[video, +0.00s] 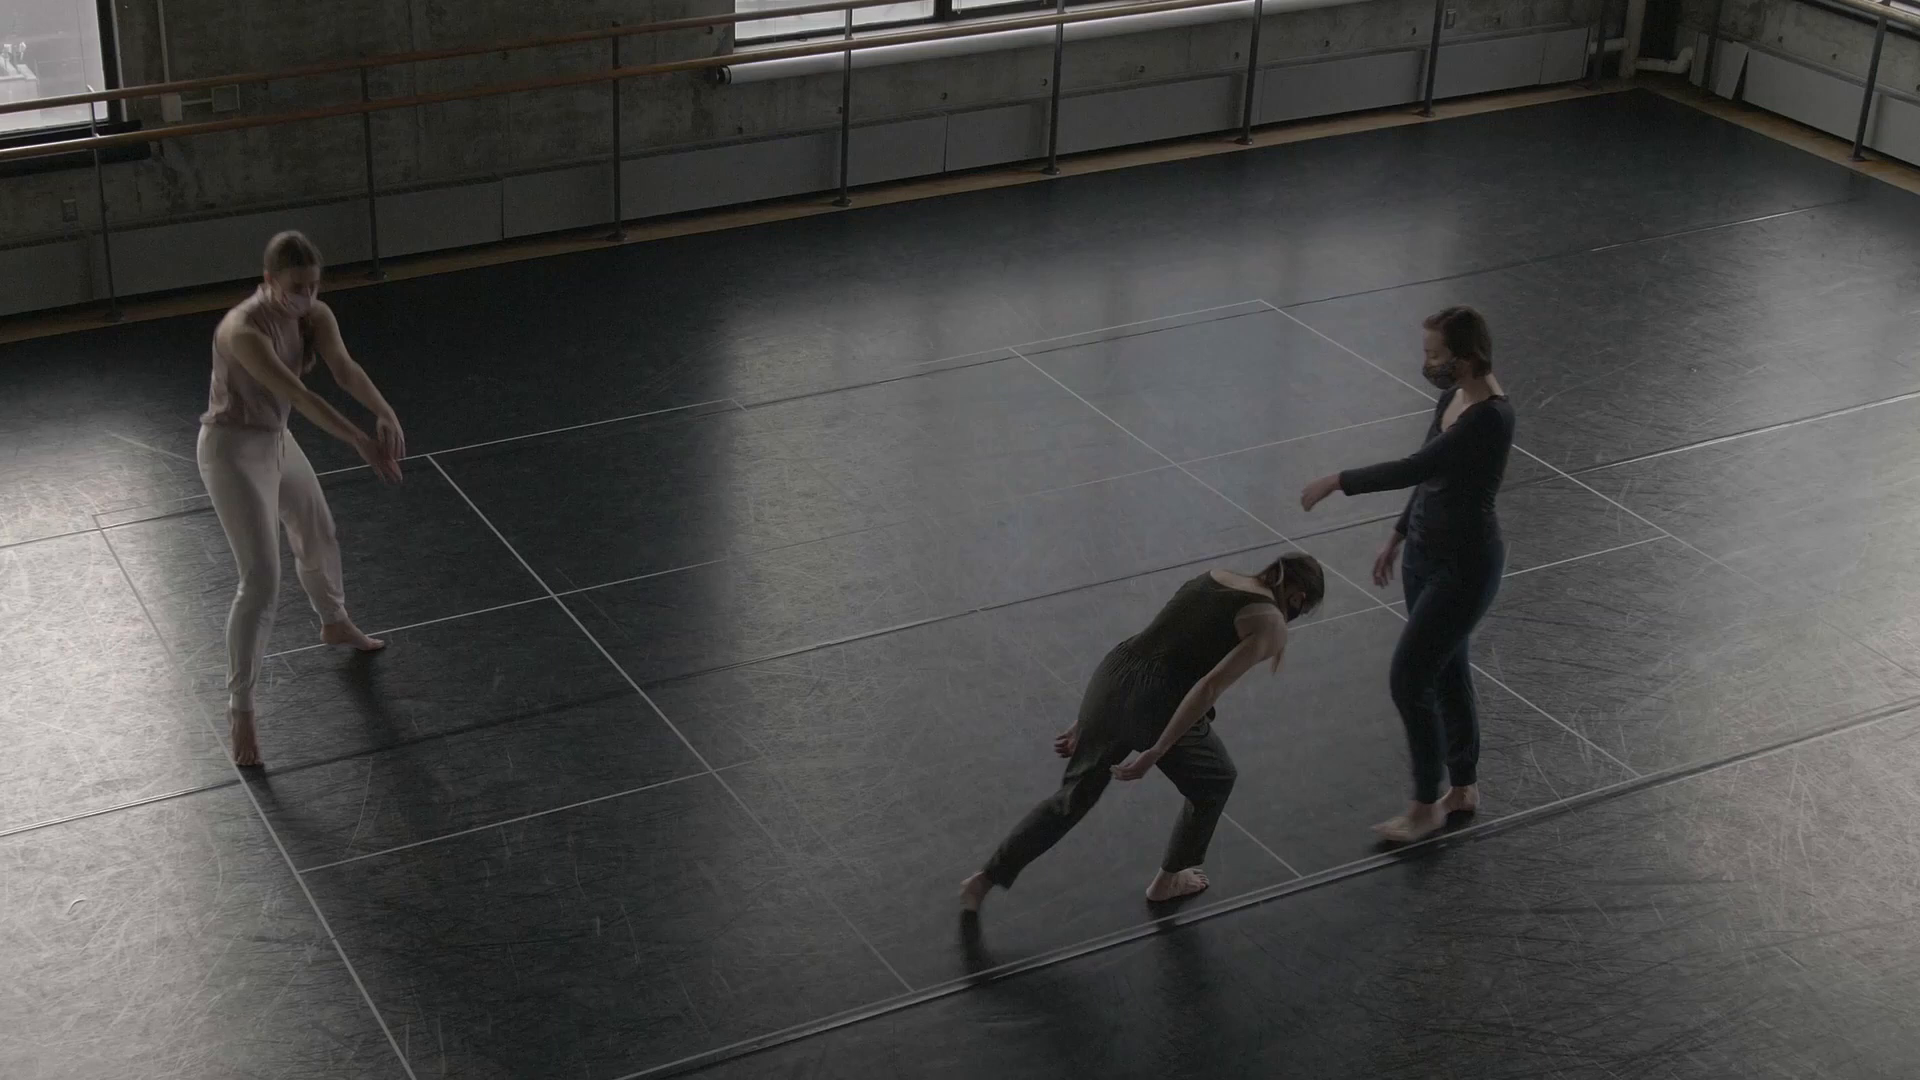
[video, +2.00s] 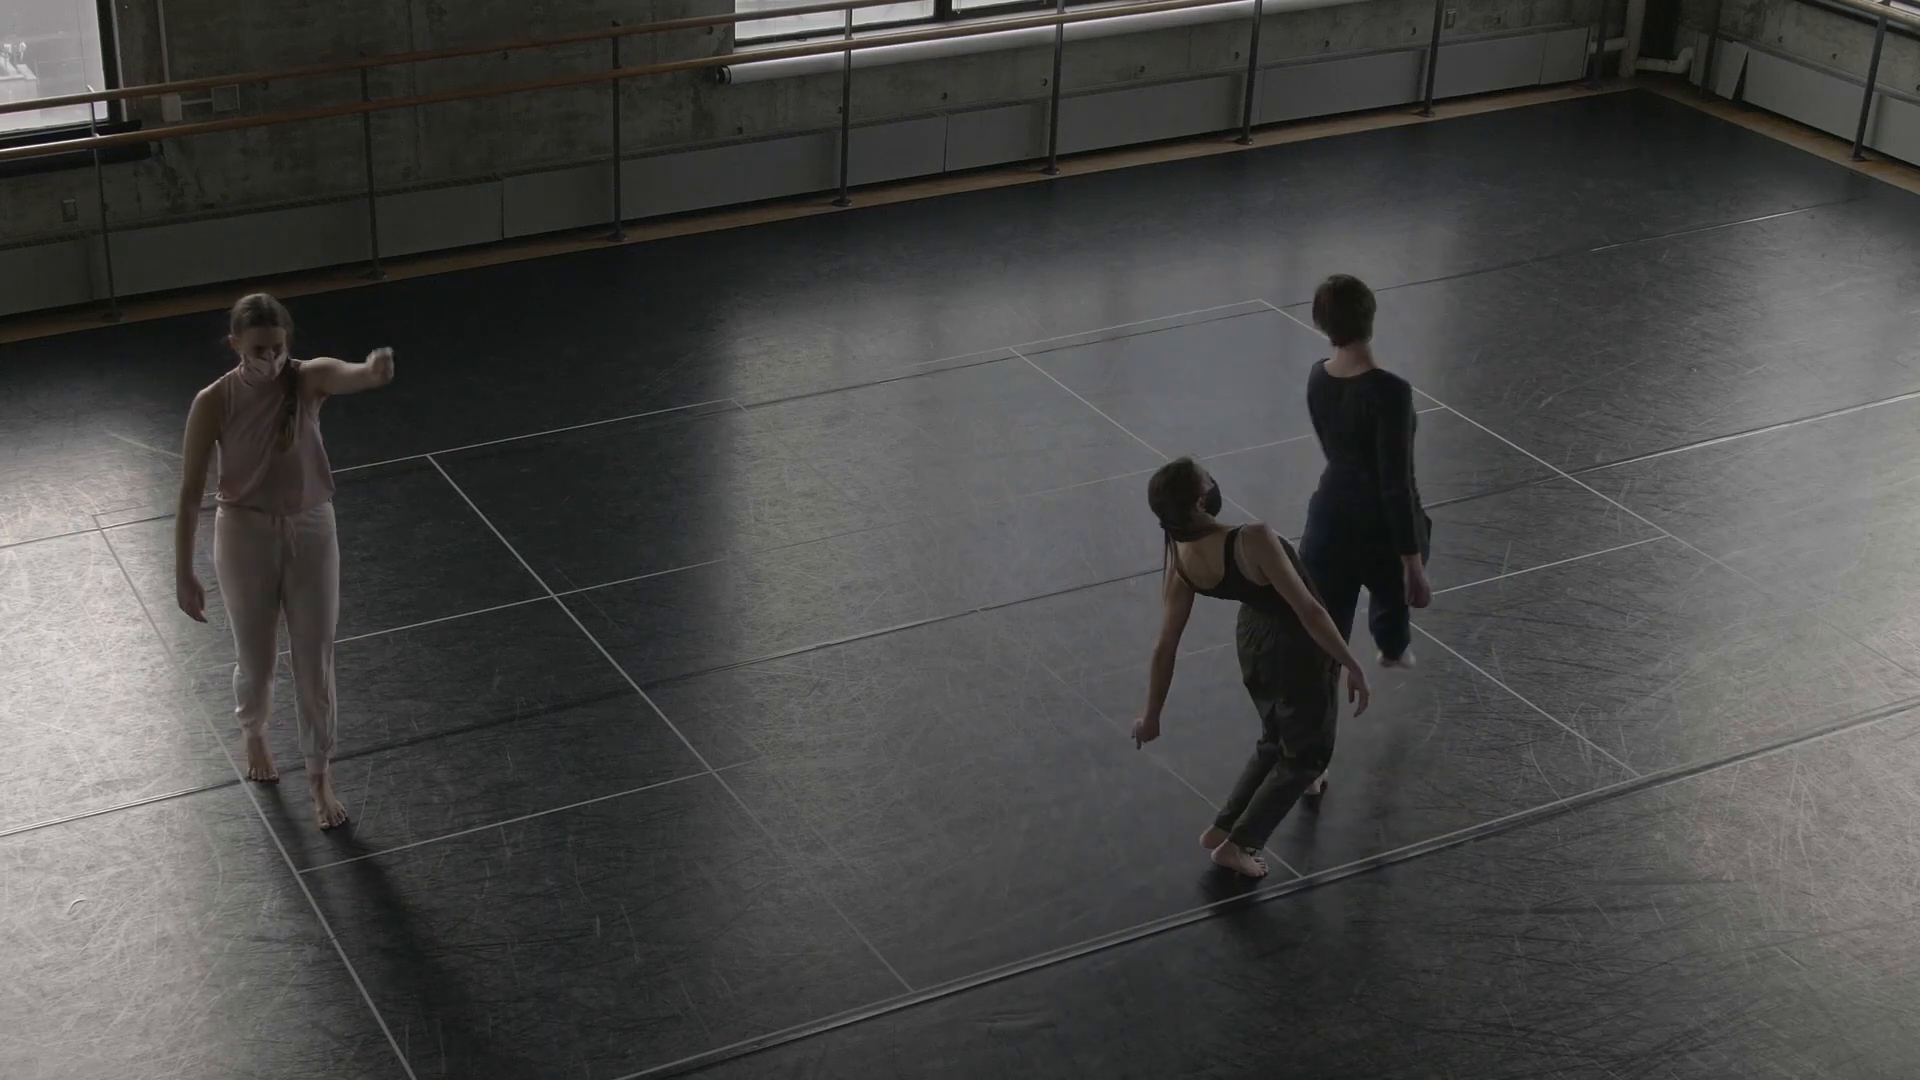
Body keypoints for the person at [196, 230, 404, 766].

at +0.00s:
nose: (305, 301)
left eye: (311, 290)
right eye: (294, 290)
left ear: (317, 282)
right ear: (268, 280)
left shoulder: (315, 314)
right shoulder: (240, 329)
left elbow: (344, 367)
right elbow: (297, 396)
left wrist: (385, 412)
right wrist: (361, 442)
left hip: (278, 442)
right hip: (231, 450)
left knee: (318, 529)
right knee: (259, 582)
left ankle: (335, 621)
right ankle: (241, 709)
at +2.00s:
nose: (268, 362)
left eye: (275, 350)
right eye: (257, 352)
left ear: (288, 342)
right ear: (235, 345)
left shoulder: (306, 376)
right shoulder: (214, 403)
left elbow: (347, 374)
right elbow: (192, 492)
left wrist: (374, 369)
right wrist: (184, 573)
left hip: (313, 532)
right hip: (245, 536)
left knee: (316, 661)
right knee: (258, 659)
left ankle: (322, 779)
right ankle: (254, 736)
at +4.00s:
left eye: (522, 370)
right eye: (560, 366)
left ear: (518, 379)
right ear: (564, 374)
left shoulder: (496, 441)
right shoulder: (593, 435)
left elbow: (474, 521)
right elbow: (676, 427)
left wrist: (458, 582)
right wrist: (750, 395)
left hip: (508, 593)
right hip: (576, 593)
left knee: (526, 590)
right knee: (609, 598)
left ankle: (544, 691)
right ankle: (596, 713)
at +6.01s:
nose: (422, 388)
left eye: (426, 378)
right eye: (416, 380)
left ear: (451, 365)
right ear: (452, 359)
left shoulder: (490, 422)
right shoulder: (489, 373)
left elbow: (527, 506)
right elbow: (540, 419)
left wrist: (531, 584)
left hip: (541, 535)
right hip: (558, 506)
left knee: (491, 655)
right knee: (582, 613)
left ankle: (510, 769)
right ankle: (640, 702)